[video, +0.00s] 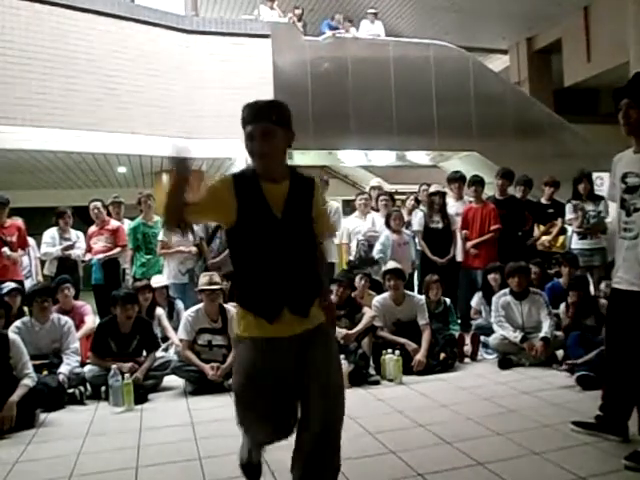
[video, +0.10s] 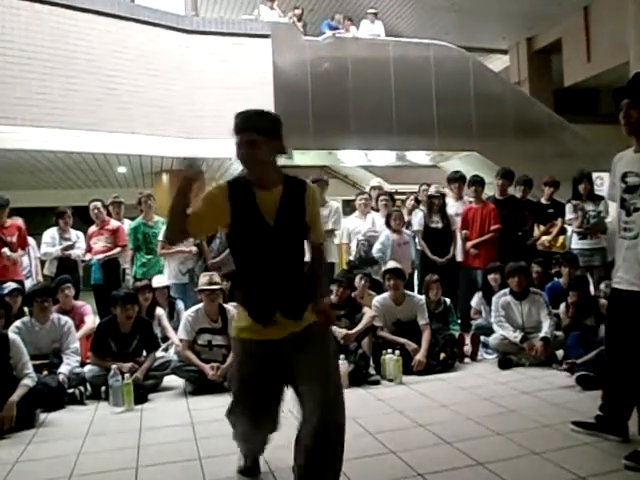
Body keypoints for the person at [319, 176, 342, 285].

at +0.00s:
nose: (320, 190)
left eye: (322, 187)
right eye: (319, 186)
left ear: (326, 188)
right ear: (317, 187)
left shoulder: (333, 207)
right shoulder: (313, 204)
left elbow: (334, 228)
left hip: (328, 252)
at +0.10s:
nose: (318, 191)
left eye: (320, 187)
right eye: (315, 187)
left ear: (325, 188)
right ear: (312, 189)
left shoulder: (334, 207)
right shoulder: (310, 207)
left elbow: (332, 229)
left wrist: (314, 233)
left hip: (328, 256)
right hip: (311, 255)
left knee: (325, 290)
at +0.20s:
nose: (320, 191)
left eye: (323, 187)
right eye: (316, 187)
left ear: (326, 189)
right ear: (311, 189)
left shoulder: (332, 208)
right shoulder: (309, 206)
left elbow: (337, 231)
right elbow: (306, 231)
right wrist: (312, 255)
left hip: (325, 255)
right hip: (308, 255)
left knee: (325, 291)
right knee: (307, 292)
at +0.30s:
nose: (319, 191)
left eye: (323, 187)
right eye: (316, 187)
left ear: (327, 189)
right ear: (311, 189)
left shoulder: (334, 207)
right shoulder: (303, 207)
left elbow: (332, 230)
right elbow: (304, 231)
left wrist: (310, 229)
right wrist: (313, 259)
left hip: (327, 257)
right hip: (308, 257)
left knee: (325, 293)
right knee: (308, 293)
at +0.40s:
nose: (319, 190)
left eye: (322, 187)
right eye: (316, 187)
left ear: (327, 189)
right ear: (311, 189)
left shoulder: (334, 207)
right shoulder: (304, 207)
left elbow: (332, 230)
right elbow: (305, 232)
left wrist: (309, 229)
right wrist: (313, 258)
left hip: (327, 257)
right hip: (307, 257)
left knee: (325, 296)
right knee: (307, 295)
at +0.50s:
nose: (319, 190)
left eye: (322, 187)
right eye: (316, 187)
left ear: (327, 189)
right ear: (311, 189)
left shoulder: (334, 207)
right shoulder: (304, 207)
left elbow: (332, 230)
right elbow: (305, 231)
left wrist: (309, 230)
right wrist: (313, 258)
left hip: (327, 257)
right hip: (307, 257)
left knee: (325, 295)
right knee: (307, 295)